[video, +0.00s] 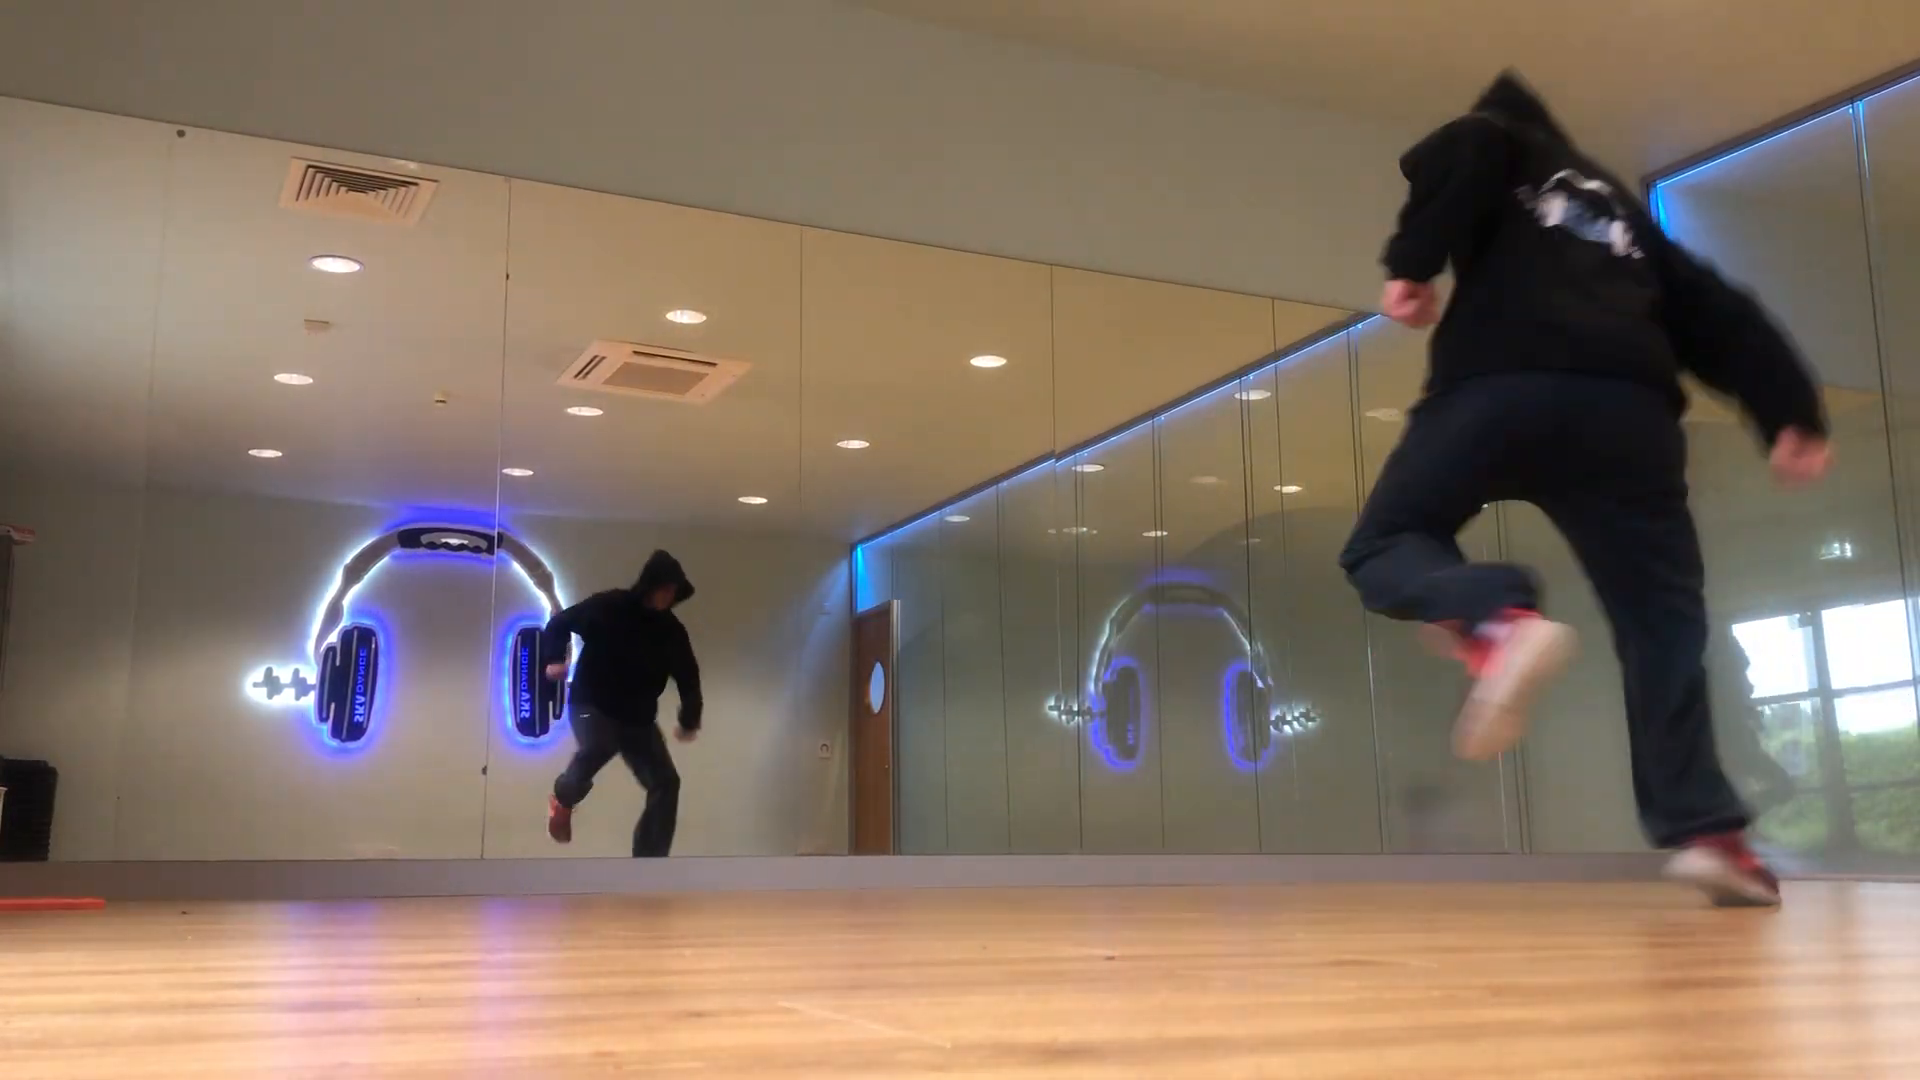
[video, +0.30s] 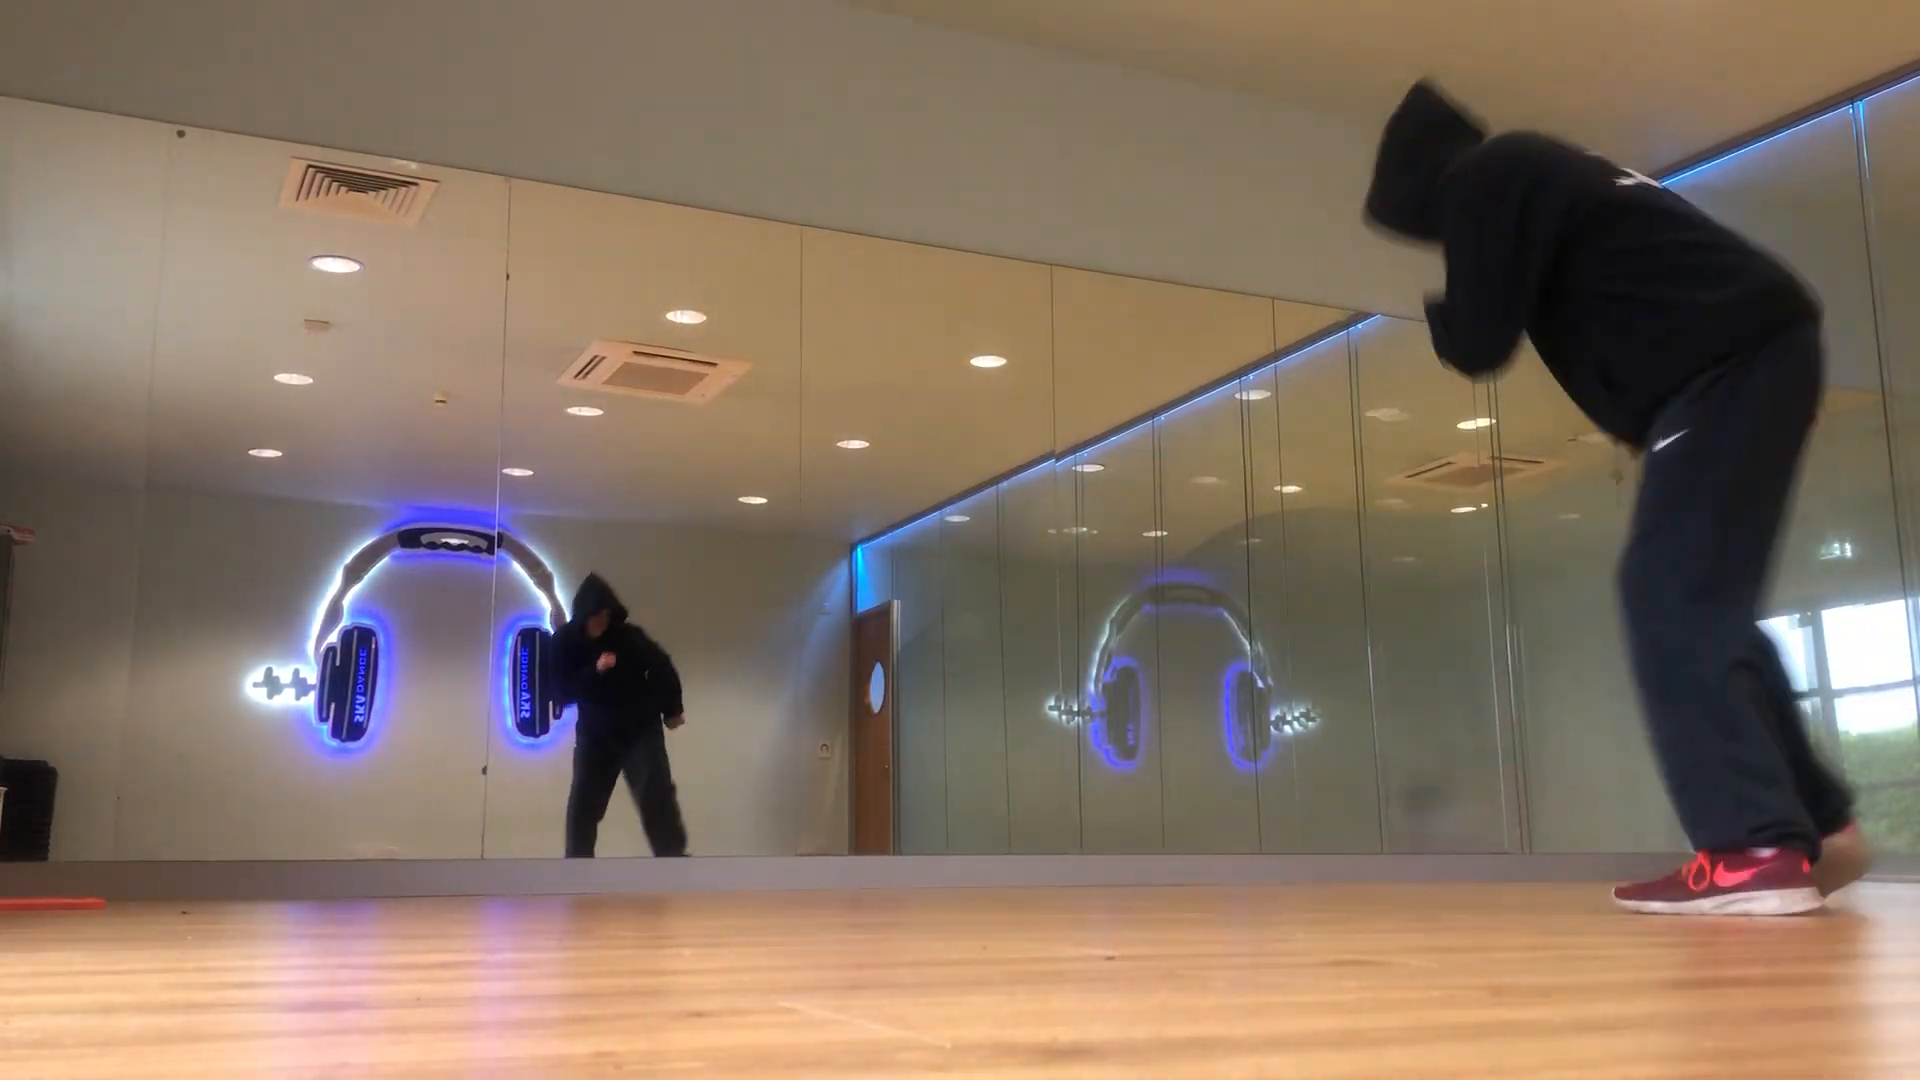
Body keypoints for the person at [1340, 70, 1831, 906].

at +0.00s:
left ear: (1492, 131)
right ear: (1559, 146)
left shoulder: (1487, 144)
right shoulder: (1633, 224)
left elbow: (1461, 162)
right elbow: (1719, 311)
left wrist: (1410, 266)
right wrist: (1790, 409)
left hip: (1495, 394)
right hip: (1628, 418)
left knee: (1386, 547)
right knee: (1663, 623)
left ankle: (1498, 622)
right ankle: (1705, 830)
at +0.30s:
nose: (1425, 238)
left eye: (1418, 220)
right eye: (1415, 226)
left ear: (1425, 174)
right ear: (1451, 144)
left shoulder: (1492, 174)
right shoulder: (1530, 167)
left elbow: (1474, 344)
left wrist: (1444, 303)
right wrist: (1649, 423)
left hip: (1725, 363)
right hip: (1755, 355)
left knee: (1665, 592)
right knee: (1704, 604)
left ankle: (1754, 845)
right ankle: (1813, 828)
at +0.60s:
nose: (1441, 81)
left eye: (1445, 61)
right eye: (1441, 68)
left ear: (1462, 32)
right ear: (1532, 11)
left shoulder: (1492, 46)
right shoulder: (1608, 60)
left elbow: (1569, 81)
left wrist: (1614, 152)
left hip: (1661, 331)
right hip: (1771, 301)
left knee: (1647, 605)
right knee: (1869, 487)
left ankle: (1732, 831)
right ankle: (1899, 397)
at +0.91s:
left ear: (1542, 69)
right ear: (1634, 52)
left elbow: (1377, 201)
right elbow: (1895, 165)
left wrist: (1472, 173)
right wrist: (1887, 287)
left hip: (1658, 342)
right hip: (1814, 317)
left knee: (1640, 597)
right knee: (1818, 530)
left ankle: (1675, 849)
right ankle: (1900, 675)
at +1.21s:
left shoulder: (1657, 19)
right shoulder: (1643, 18)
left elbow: (1511, 56)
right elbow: (1513, 56)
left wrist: (1395, 137)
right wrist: (1398, 136)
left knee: (1753, 548)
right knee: (1754, 547)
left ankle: (1682, 834)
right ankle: (1682, 833)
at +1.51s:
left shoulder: (1872, 18)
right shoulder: (1865, 24)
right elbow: (1772, 149)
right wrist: (1619, 276)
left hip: (1875, 327)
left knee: (1807, 573)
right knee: (1812, 576)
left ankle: (1696, 844)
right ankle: (1699, 841)